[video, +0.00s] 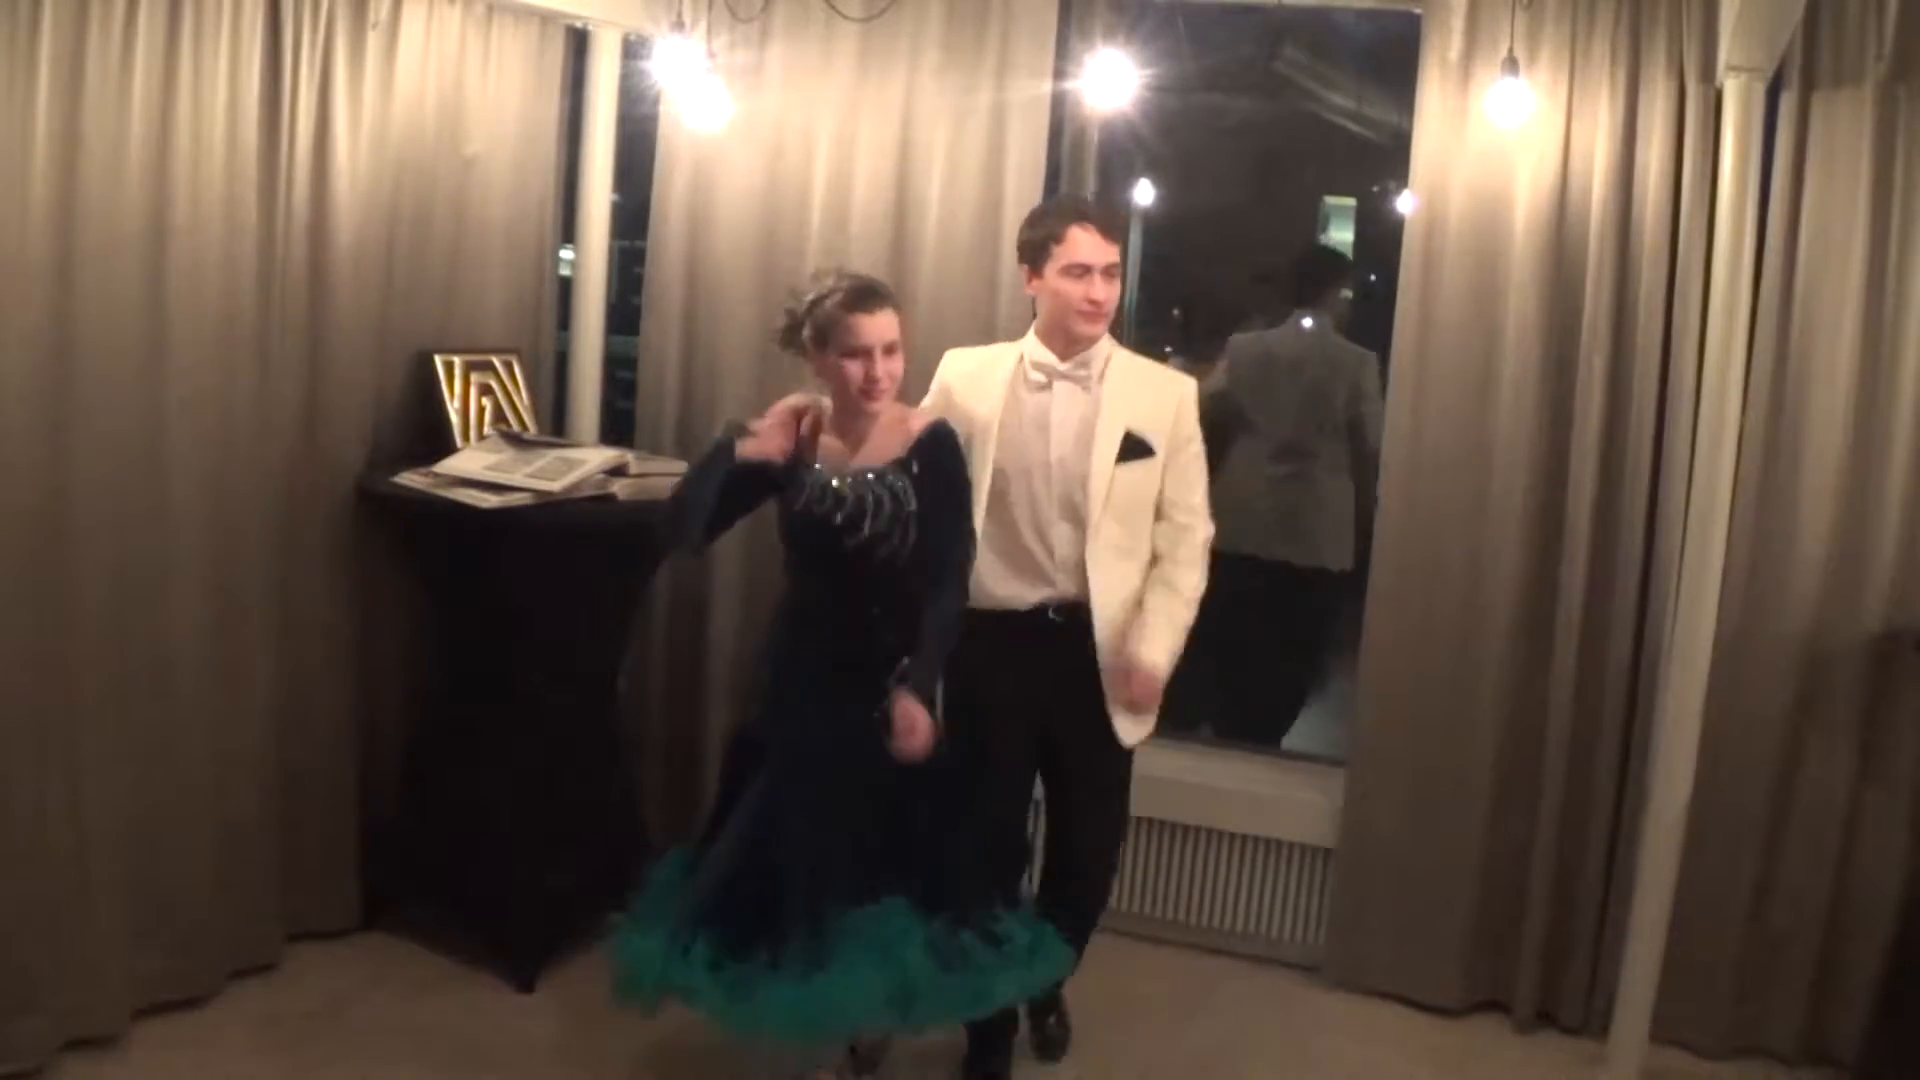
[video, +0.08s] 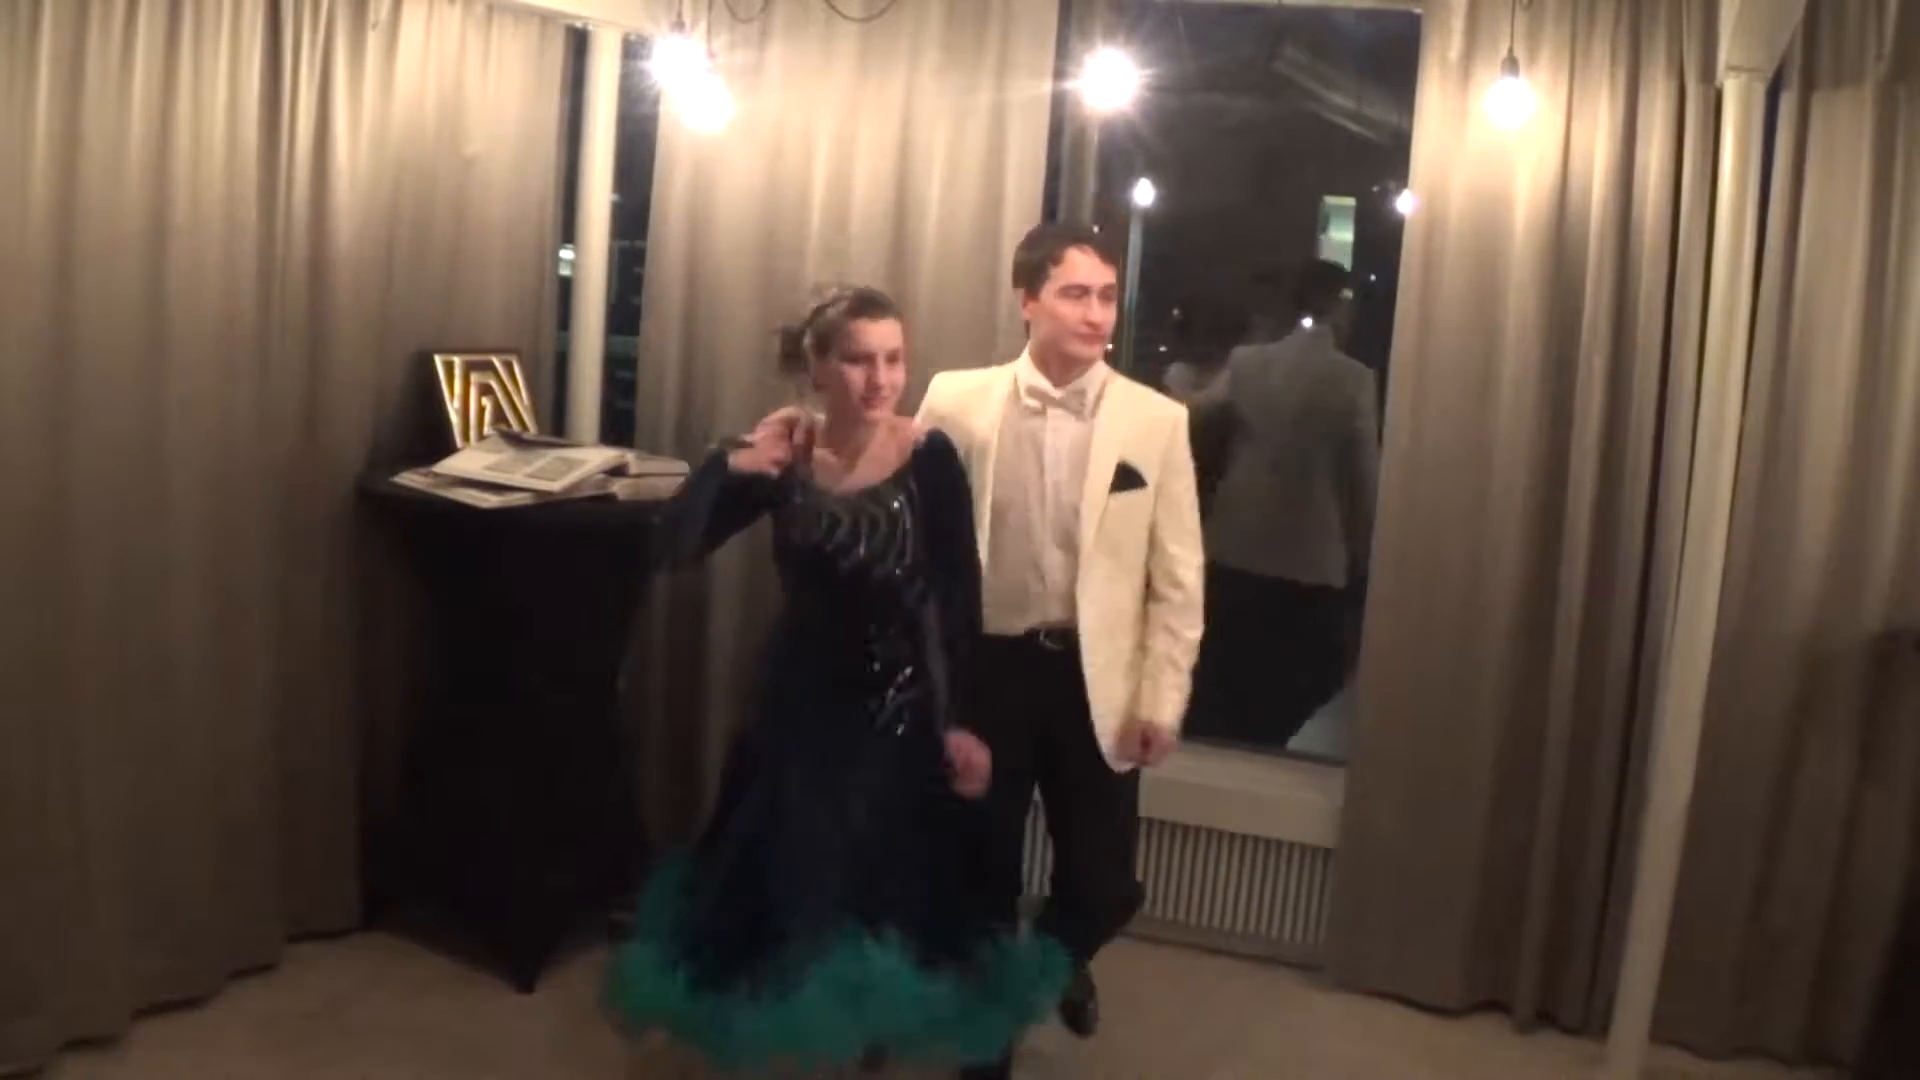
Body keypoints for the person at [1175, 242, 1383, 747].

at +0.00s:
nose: (1347, 301)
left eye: (1345, 291)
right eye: (1345, 292)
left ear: (1293, 289)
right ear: (1335, 295)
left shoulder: (1245, 350)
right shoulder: (1357, 365)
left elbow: (1208, 419)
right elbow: (1370, 452)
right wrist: (1371, 509)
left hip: (1240, 522)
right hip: (1319, 536)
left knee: (1233, 651)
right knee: (1296, 663)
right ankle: (1248, 763)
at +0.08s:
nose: (1351, 314)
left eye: (1349, 305)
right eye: (1348, 305)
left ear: (1299, 307)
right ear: (1336, 308)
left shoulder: (1247, 362)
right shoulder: (1354, 381)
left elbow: (1198, 416)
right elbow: (1363, 479)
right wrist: (1364, 554)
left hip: (1233, 543)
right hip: (1311, 555)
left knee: (1225, 674)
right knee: (1320, 668)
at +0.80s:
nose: (1385, 298)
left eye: (1384, 287)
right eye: (1380, 287)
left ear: (1327, 282)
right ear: (1365, 287)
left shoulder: (1280, 327)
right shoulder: (1376, 348)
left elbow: (1233, 378)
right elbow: (1387, 430)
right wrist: (1385, 503)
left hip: (1263, 490)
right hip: (1336, 499)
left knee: (1269, 622)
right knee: (1331, 636)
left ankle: (1268, 738)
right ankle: (1279, 736)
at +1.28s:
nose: (1394, 323)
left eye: (1395, 311)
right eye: (1392, 312)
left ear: (1342, 296)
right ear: (1379, 309)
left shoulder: (1304, 341)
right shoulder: (1349, 377)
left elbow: (1266, 380)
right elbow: (1361, 467)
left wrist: (1301, 415)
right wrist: (1393, 511)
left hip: (1287, 509)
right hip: (1334, 526)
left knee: (1280, 626)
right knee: (1335, 638)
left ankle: (1266, 733)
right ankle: (1328, 737)